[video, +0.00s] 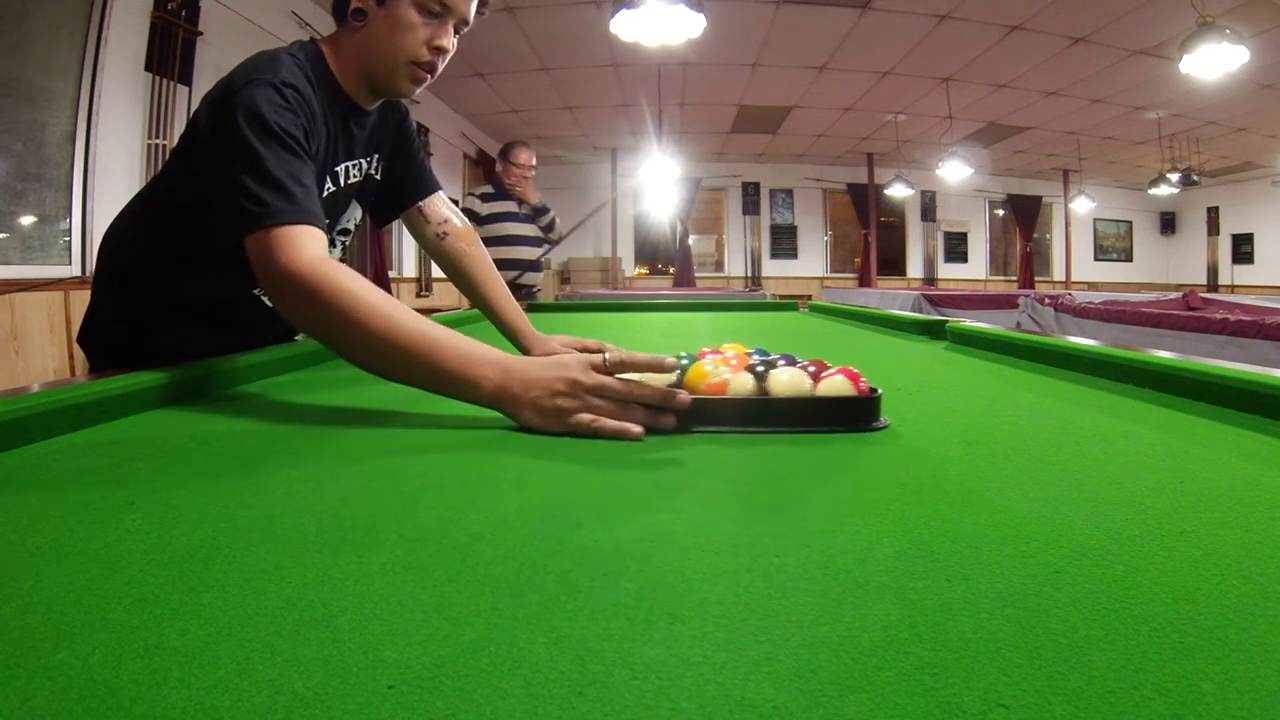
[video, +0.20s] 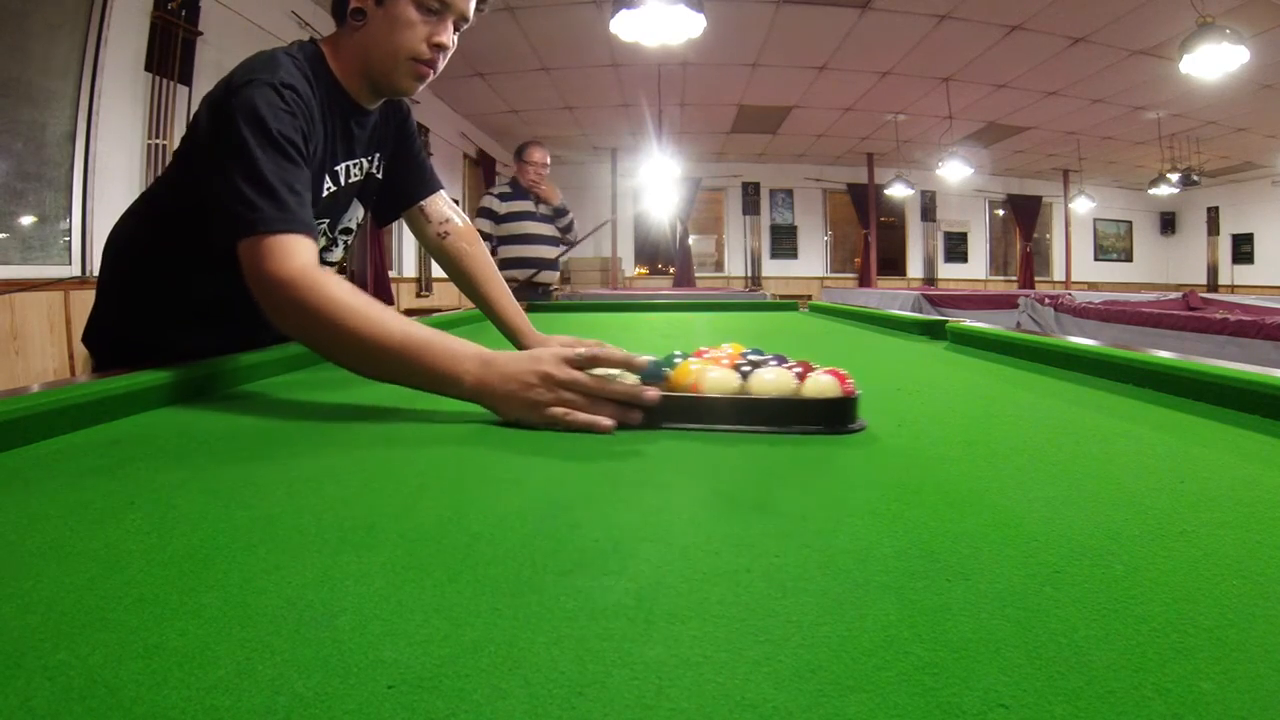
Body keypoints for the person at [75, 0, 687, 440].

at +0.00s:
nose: (445, 46)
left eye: (458, 32)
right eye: (432, 17)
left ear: (457, 40)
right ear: (363, 3)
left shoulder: (386, 117)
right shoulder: (269, 92)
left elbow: (443, 229)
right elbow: (296, 276)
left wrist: (530, 341)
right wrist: (505, 381)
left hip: (253, 329)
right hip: (151, 335)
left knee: (249, 511)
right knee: (149, 525)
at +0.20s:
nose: (446, 41)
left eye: (458, 27)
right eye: (431, 14)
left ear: (462, 38)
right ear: (359, 5)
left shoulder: (388, 115)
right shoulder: (266, 95)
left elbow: (447, 230)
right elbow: (290, 285)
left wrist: (528, 341)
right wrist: (486, 374)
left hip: (266, 337)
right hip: (156, 343)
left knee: (247, 524)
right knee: (143, 535)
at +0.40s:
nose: (449, 45)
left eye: (460, 30)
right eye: (433, 15)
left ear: (461, 42)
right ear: (364, 7)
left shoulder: (392, 117)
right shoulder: (271, 97)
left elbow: (447, 227)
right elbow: (273, 294)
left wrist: (524, 335)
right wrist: (465, 368)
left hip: (259, 336)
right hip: (153, 341)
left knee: (235, 518)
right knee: (135, 529)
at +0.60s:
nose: (446, 44)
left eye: (457, 30)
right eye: (430, 16)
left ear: (462, 40)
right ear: (361, 7)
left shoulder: (390, 120)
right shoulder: (268, 98)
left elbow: (448, 231)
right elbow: (287, 281)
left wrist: (527, 339)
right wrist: (477, 375)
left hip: (267, 337)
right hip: (158, 344)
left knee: (244, 524)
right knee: (143, 534)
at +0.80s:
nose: (446, 44)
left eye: (457, 31)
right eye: (430, 17)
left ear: (461, 42)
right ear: (362, 8)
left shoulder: (391, 121)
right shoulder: (271, 96)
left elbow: (448, 231)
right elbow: (290, 275)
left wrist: (528, 338)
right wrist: (474, 383)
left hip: (267, 335)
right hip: (160, 341)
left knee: (246, 520)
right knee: (145, 529)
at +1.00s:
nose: (447, 48)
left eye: (458, 35)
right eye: (433, 20)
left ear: (459, 45)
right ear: (367, 6)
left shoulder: (390, 122)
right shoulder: (271, 94)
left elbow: (446, 231)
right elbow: (293, 272)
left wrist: (528, 339)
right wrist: (474, 383)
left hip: (265, 336)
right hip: (157, 341)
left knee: (246, 523)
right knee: (143, 533)